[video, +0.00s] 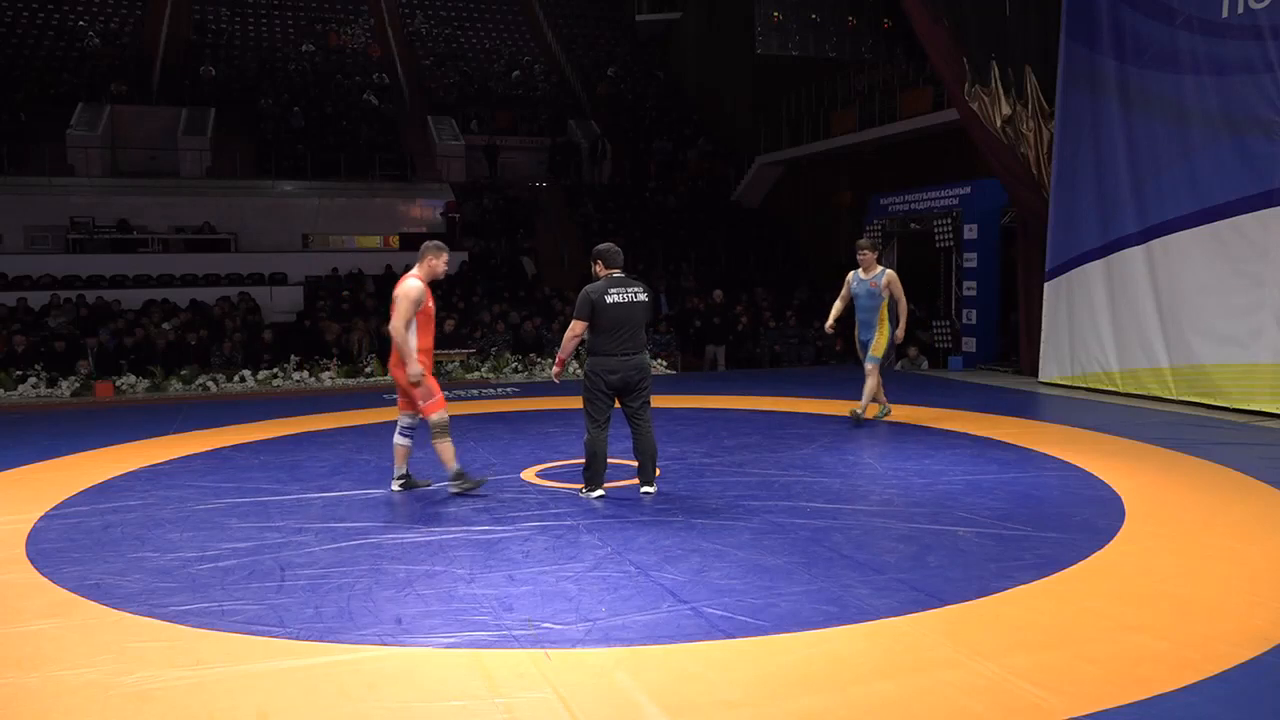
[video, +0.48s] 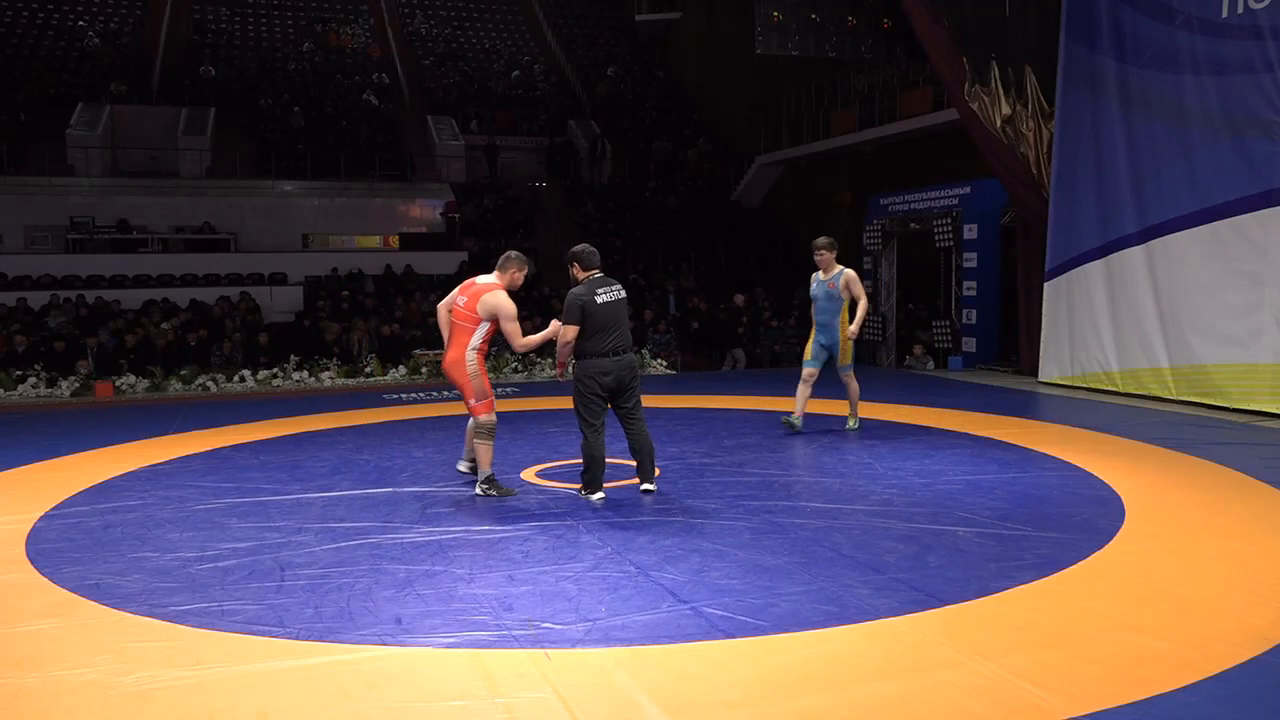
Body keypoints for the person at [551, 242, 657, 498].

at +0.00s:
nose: (593, 269)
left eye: (593, 266)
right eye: (593, 265)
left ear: (600, 265)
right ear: (620, 264)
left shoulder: (591, 293)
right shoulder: (641, 290)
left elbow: (576, 332)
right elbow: (640, 324)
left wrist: (559, 362)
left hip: (601, 367)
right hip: (637, 365)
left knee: (597, 427)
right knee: (642, 422)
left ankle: (594, 485)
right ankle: (648, 481)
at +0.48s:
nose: (571, 271)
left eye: (571, 268)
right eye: (571, 268)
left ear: (576, 268)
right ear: (597, 264)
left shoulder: (577, 295)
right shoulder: (616, 286)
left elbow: (567, 338)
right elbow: (616, 324)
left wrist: (560, 362)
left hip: (592, 368)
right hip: (625, 364)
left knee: (593, 430)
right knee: (635, 421)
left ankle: (593, 487)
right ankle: (647, 479)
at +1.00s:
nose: (601, 263)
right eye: (602, 260)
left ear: (574, 266)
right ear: (601, 262)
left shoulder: (566, 295)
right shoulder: (619, 287)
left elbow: (553, 338)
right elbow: (621, 320)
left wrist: (558, 357)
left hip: (587, 367)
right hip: (623, 363)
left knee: (591, 428)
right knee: (635, 419)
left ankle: (593, 485)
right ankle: (647, 477)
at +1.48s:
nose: (622, 262)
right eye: (622, 259)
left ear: (595, 264)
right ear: (620, 262)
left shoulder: (581, 292)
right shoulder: (638, 289)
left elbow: (568, 332)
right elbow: (660, 322)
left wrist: (563, 363)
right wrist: (642, 315)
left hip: (596, 366)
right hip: (632, 363)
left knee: (596, 426)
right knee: (640, 421)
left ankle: (594, 484)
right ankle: (647, 479)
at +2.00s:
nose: (618, 263)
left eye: (618, 260)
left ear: (619, 262)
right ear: (646, 261)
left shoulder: (606, 288)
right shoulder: (661, 290)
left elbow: (589, 326)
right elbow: (663, 323)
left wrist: (608, 336)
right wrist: (641, 326)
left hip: (614, 362)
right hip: (650, 362)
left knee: (604, 422)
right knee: (650, 421)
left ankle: (597, 480)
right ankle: (650, 480)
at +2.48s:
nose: (629, 263)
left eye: (630, 260)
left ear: (633, 262)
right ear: (659, 261)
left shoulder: (620, 288)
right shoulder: (674, 289)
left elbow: (603, 323)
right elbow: (679, 324)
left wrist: (627, 317)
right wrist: (655, 318)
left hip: (627, 361)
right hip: (663, 361)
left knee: (614, 420)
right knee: (660, 421)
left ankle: (603, 475)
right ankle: (657, 480)